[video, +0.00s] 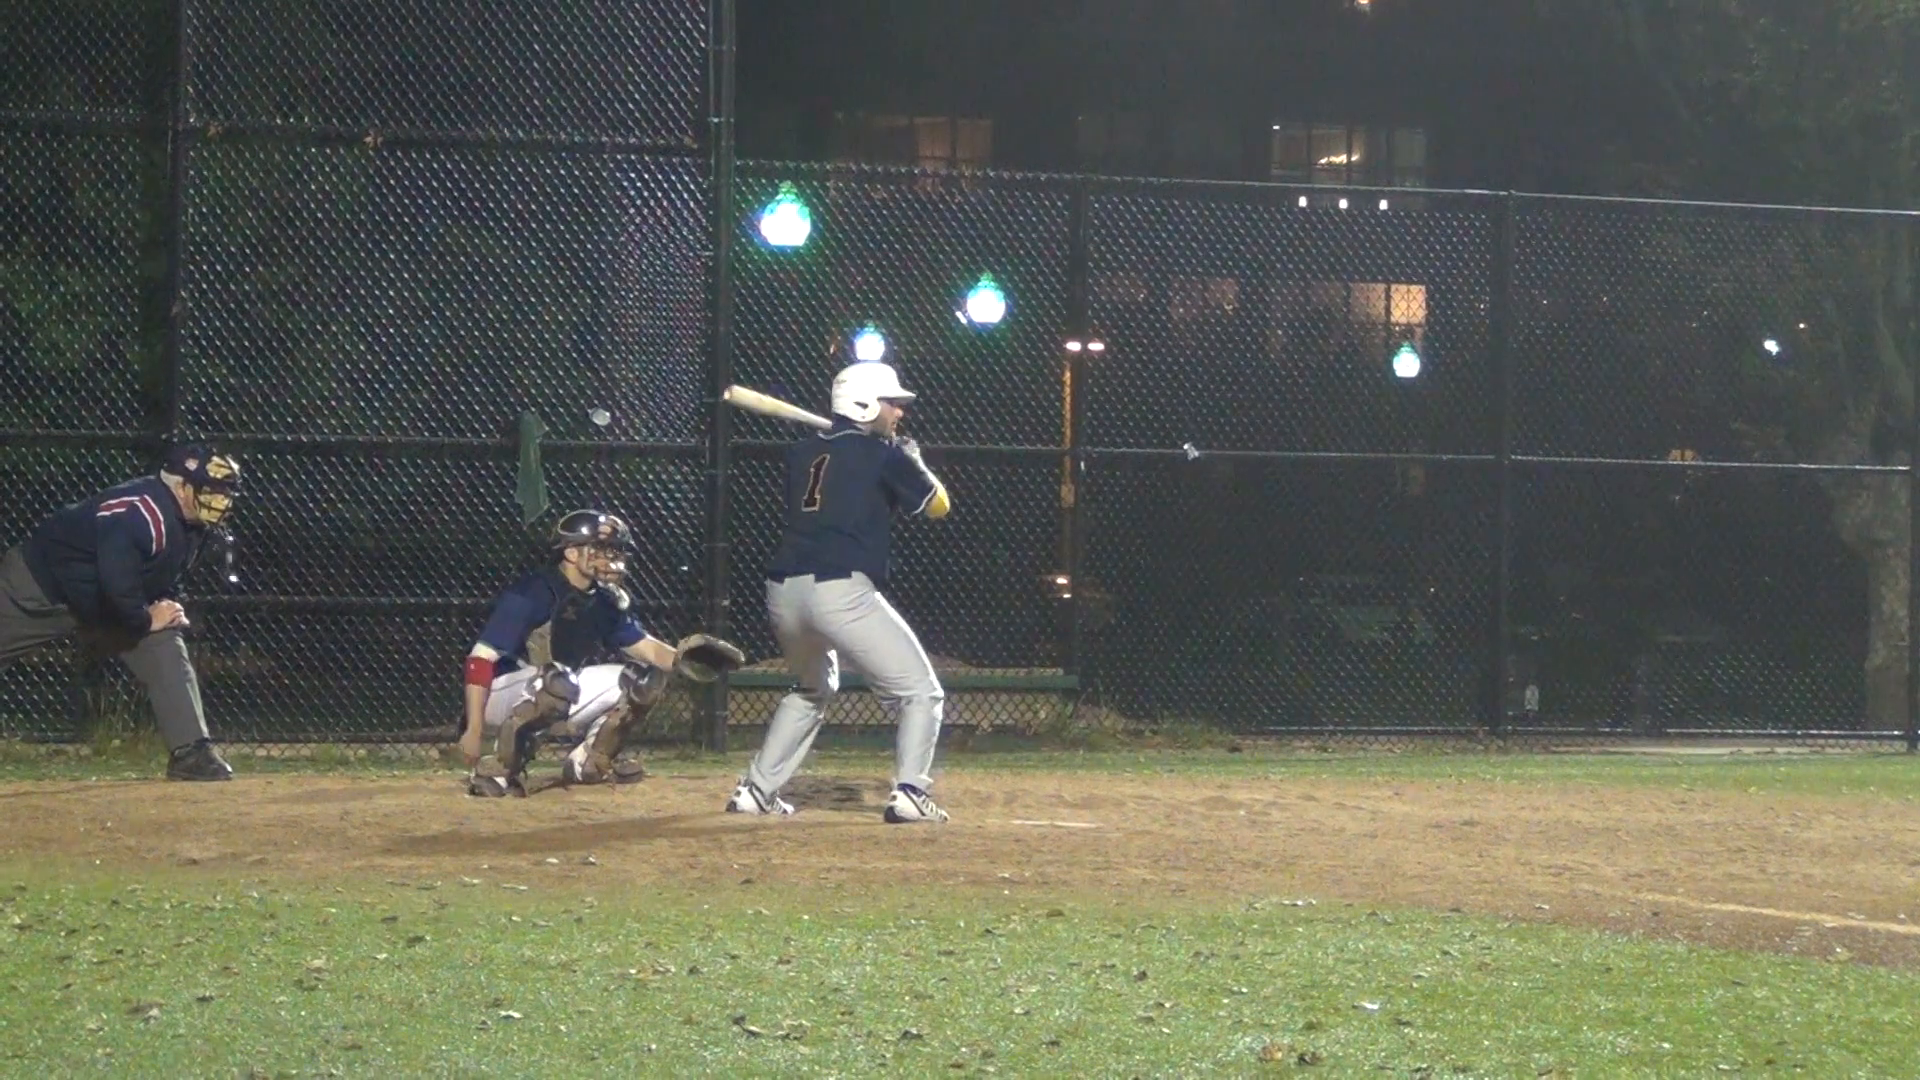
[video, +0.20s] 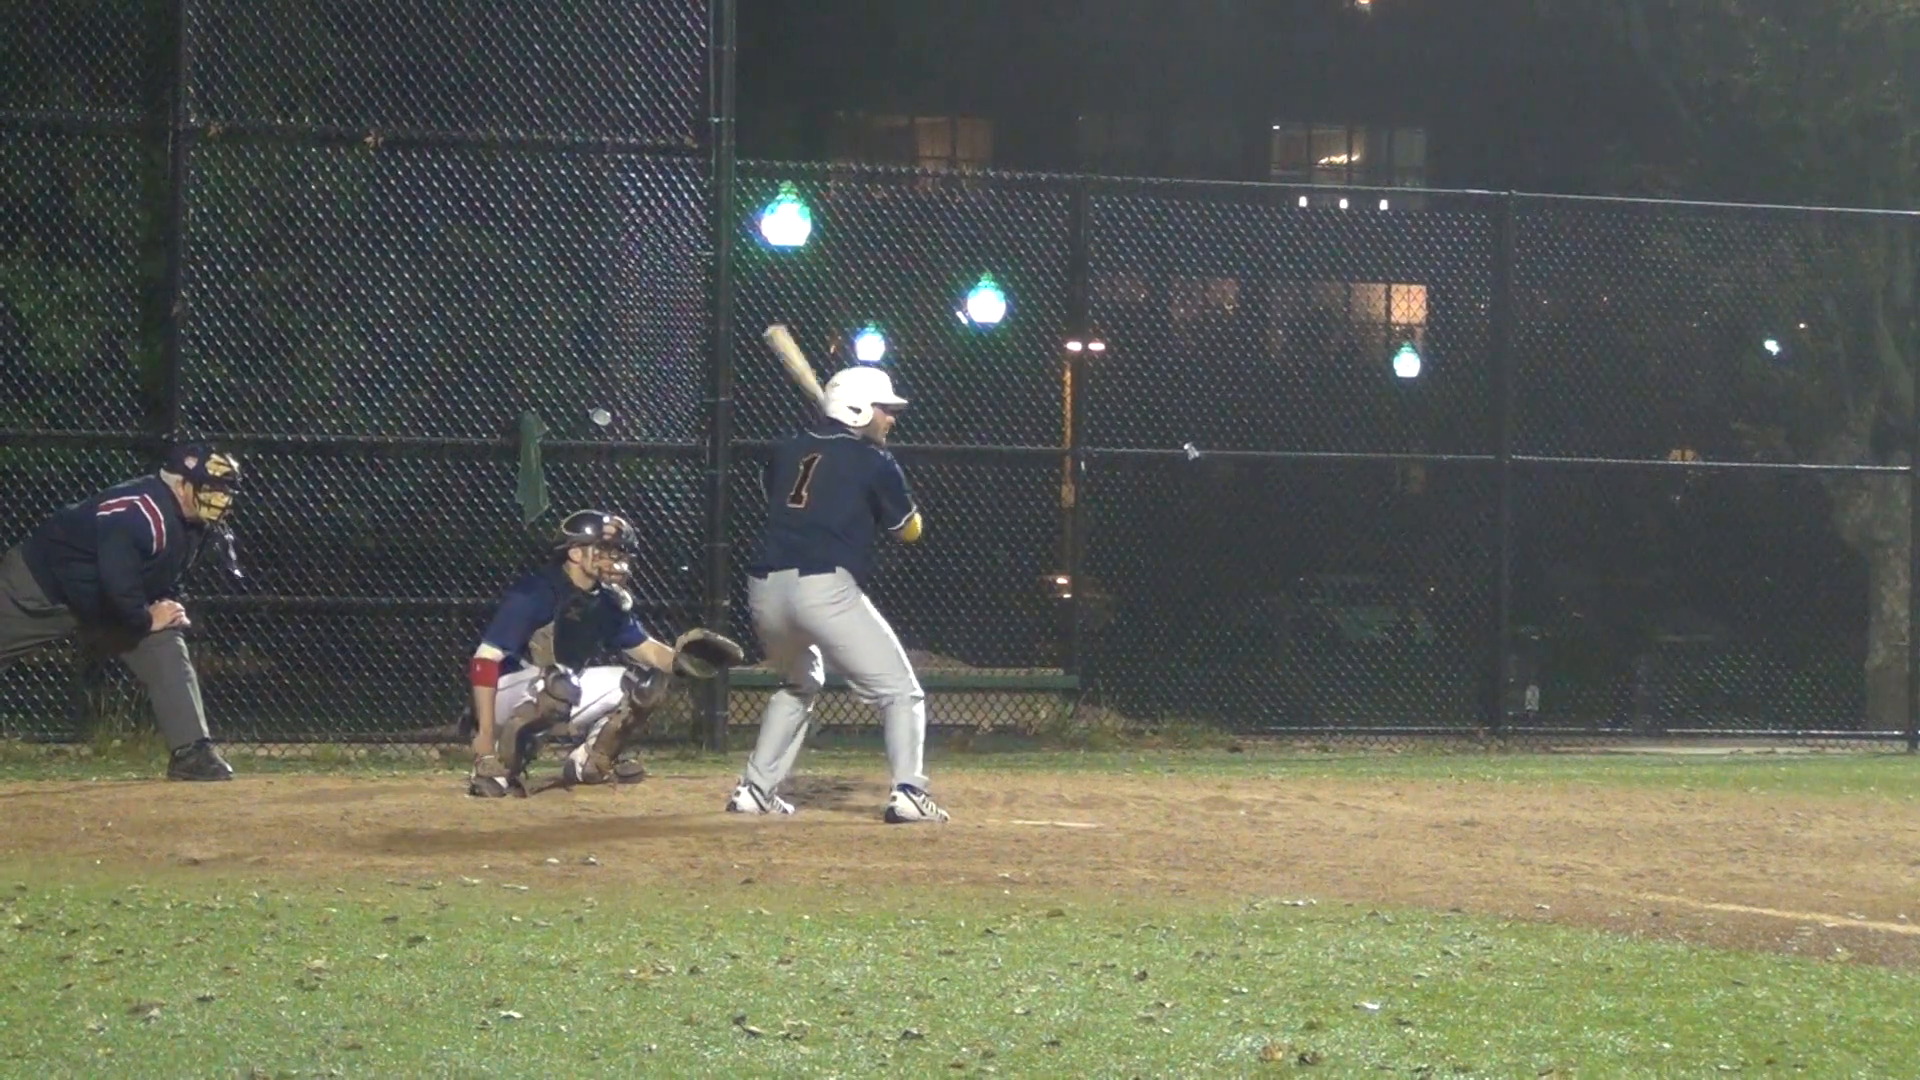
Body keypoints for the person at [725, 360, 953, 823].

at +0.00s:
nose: (900, 412)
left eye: (899, 403)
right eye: (893, 403)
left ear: (848, 408)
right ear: (866, 406)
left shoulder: (801, 450)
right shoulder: (882, 454)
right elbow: (939, 506)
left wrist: (879, 453)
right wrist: (915, 464)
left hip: (782, 592)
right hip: (842, 591)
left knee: (810, 688)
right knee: (922, 693)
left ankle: (756, 791)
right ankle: (911, 793)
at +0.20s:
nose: (892, 419)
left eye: (891, 410)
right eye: (885, 410)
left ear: (840, 410)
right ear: (860, 412)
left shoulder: (787, 447)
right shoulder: (875, 462)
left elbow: (778, 501)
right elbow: (908, 531)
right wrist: (891, 484)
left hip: (763, 590)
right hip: (826, 589)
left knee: (799, 683)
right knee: (902, 693)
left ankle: (755, 789)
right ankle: (909, 793)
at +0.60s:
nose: (871, 413)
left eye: (870, 404)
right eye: (865, 403)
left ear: (815, 400)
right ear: (843, 403)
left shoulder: (765, 432)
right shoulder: (863, 454)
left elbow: (695, 434)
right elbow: (857, 507)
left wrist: (736, 424)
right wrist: (870, 510)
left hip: (767, 578)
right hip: (831, 573)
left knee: (776, 680)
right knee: (907, 666)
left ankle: (754, 786)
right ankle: (925, 729)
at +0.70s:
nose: (877, 416)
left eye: (877, 407)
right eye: (871, 407)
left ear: (821, 406)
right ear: (849, 407)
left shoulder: (775, 441)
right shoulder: (873, 453)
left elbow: (700, 458)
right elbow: (872, 508)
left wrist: (750, 446)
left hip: (777, 579)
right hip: (841, 574)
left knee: (785, 681)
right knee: (920, 670)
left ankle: (754, 787)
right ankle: (952, 759)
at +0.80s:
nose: (892, 426)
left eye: (891, 417)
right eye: (886, 417)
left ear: (835, 416)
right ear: (863, 416)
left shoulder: (787, 452)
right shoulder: (887, 459)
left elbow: (715, 487)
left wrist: (761, 452)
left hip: (791, 587)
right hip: (856, 584)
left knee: (794, 685)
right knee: (934, 693)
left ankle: (757, 787)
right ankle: (974, 792)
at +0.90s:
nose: (905, 444)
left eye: (905, 435)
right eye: (901, 434)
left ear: (849, 429)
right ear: (886, 429)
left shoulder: (802, 468)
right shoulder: (903, 473)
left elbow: (732, 512)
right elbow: (910, 534)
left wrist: (784, 480)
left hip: (807, 599)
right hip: (873, 595)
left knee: (803, 688)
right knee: (954, 699)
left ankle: (759, 787)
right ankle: (977, 794)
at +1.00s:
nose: (918, 461)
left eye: (918, 455)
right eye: (916, 453)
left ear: (862, 435)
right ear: (903, 444)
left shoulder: (819, 473)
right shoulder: (919, 484)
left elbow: (745, 520)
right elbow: (921, 547)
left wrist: (791, 520)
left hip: (819, 606)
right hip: (888, 604)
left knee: (808, 690)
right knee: (968, 699)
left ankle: (760, 787)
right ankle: (981, 794)